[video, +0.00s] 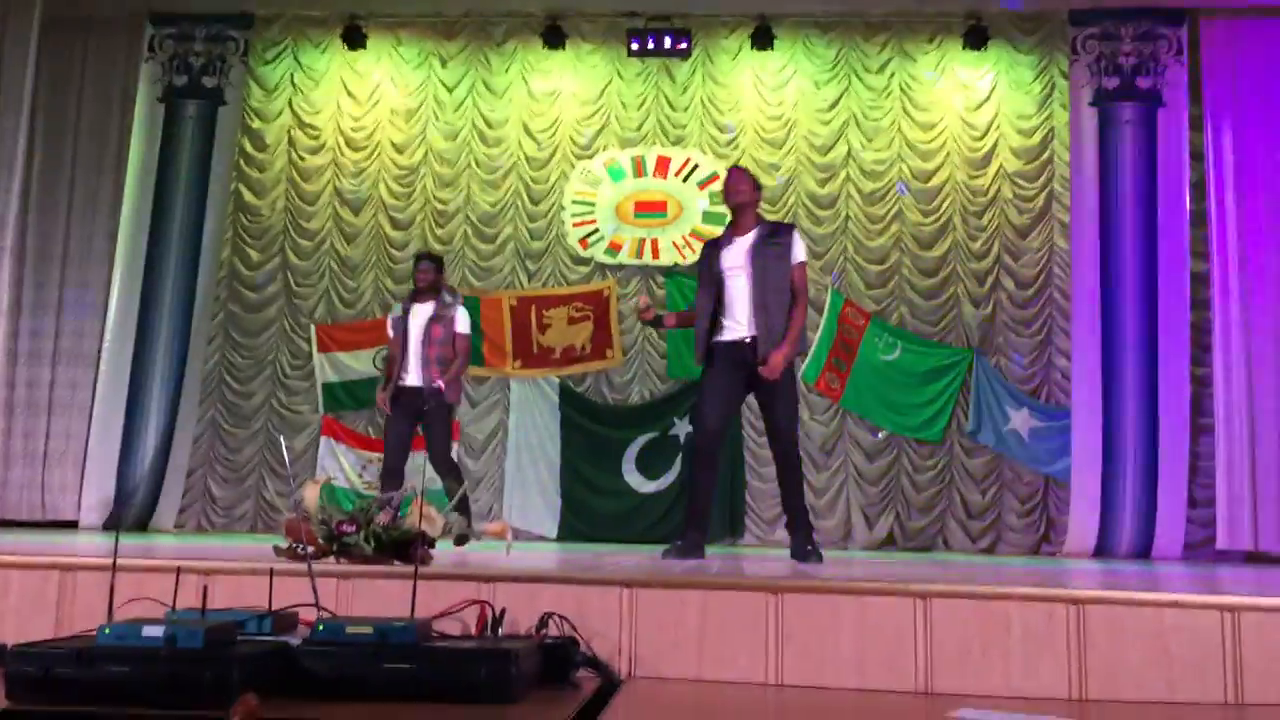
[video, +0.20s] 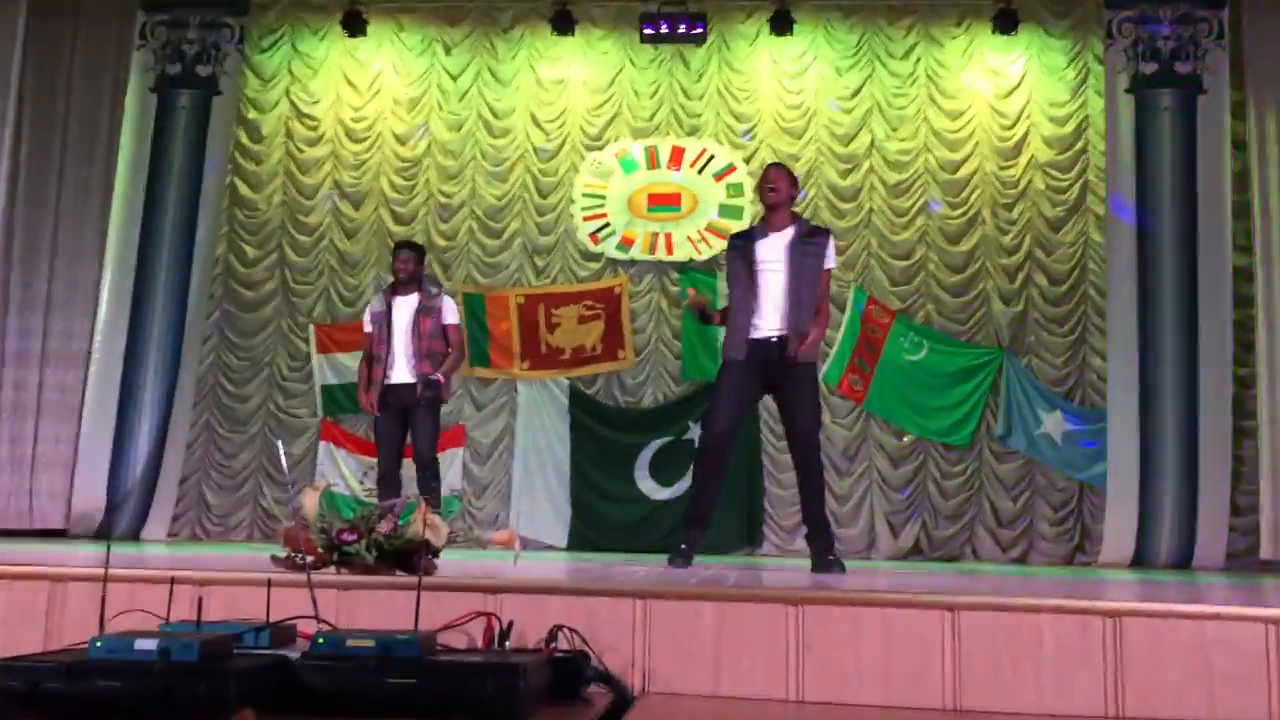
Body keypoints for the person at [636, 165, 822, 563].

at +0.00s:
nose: (733, 191)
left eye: (740, 185)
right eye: (728, 186)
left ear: (757, 194)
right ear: (723, 198)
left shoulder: (784, 236)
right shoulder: (713, 249)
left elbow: (800, 300)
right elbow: (706, 312)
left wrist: (785, 350)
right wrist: (661, 318)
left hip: (771, 355)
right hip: (724, 355)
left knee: (785, 447)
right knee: (705, 440)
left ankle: (802, 541)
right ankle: (693, 540)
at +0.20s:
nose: (768, 188)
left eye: (777, 184)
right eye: (764, 184)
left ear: (794, 193)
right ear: (758, 193)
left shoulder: (817, 239)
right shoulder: (740, 243)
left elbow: (823, 303)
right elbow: (739, 311)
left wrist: (813, 336)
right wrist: (710, 314)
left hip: (794, 356)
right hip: (744, 356)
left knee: (807, 451)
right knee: (713, 441)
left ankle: (822, 551)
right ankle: (689, 541)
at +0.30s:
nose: (801, 156)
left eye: (811, 150)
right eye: (794, 152)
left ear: (830, 166)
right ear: (785, 168)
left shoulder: (857, 223)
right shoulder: (764, 227)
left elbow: (862, 302)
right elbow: (751, 305)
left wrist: (863, 267)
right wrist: (715, 264)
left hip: (833, 359)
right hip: (772, 357)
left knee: (849, 471)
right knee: (728, 459)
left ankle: (871, 595)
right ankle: (688, 574)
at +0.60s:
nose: (759, 186)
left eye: (769, 179)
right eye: (755, 179)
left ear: (790, 187)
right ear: (749, 189)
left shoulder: (822, 239)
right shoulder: (737, 248)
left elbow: (827, 298)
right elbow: (721, 315)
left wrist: (790, 244)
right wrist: (728, 250)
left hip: (805, 372)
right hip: (745, 375)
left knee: (843, 477)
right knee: (719, 478)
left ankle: (889, 593)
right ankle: (701, 592)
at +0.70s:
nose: (742, 165)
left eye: (753, 157)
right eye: (739, 158)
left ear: (778, 167)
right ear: (737, 169)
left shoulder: (819, 223)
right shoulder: (725, 242)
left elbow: (830, 305)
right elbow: (723, 322)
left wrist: (775, 314)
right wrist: (738, 309)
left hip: (805, 369)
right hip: (744, 372)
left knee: (839, 478)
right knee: (725, 487)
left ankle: (868, 604)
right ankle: (710, 615)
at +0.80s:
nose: (713, 167)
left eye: (722, 158)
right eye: (712, 159)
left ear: (753, 164)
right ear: (721, 169)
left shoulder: (798, 219)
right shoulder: (709, 238)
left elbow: (812, 303)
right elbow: (701, 324)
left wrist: (779, 359)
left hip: (786, 367)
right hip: (727, 372)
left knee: (809, 472)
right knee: (712, 487)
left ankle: (814, 595)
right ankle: (701, 613)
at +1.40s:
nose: (767, 217)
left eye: (774, 206)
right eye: (757, 210)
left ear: (790, 204)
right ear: (746, 213)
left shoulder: (831, 246)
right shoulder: (741, 264)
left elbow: (854, 325)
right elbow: (744, 339)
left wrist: (826, 391)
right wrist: (727, 399)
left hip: (821, 389)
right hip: (762, 390)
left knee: (838, 492)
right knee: (736, 485)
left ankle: (807, 593)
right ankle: (748, 607)